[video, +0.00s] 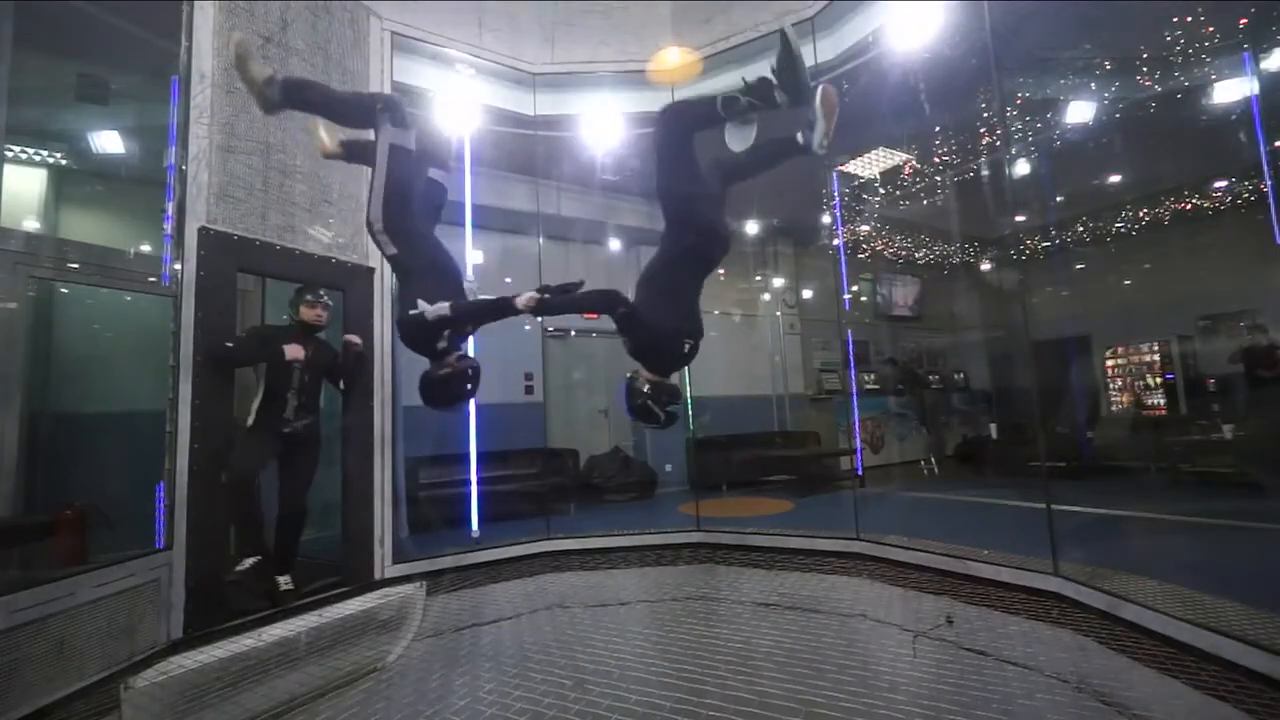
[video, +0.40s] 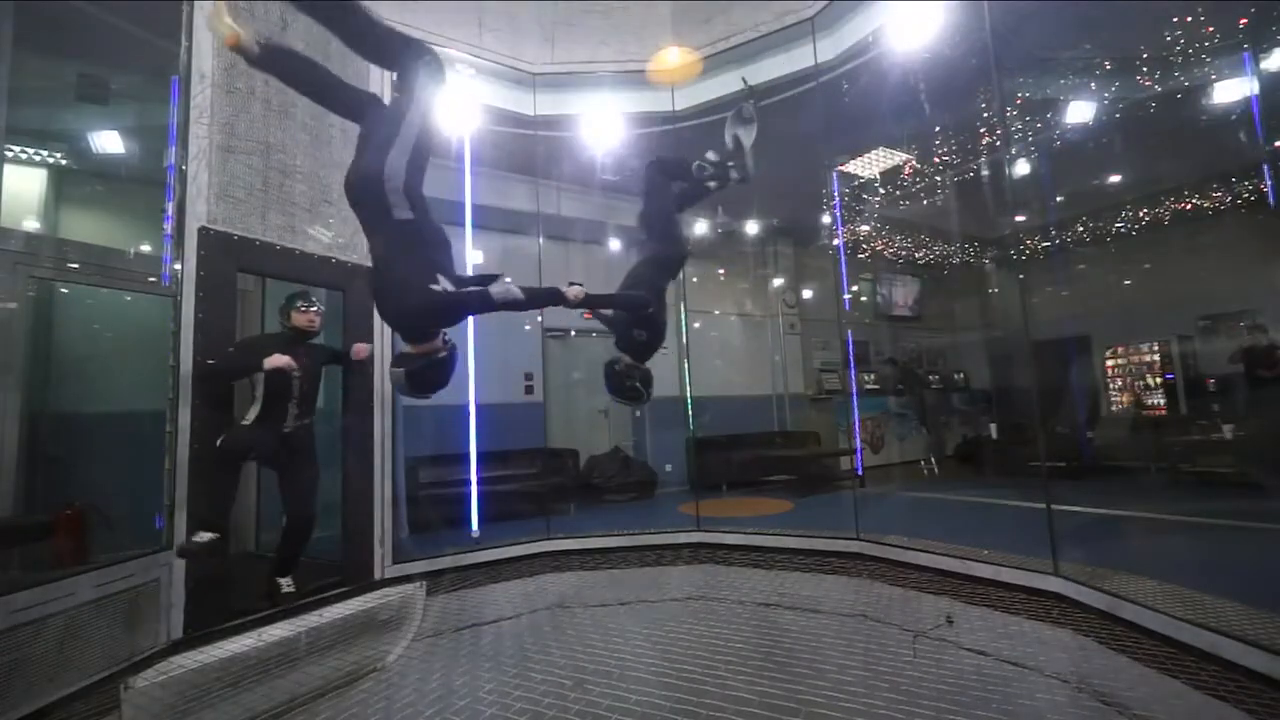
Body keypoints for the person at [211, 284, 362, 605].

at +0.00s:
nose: (319, 312)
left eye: (324, 308)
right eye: (312, 306)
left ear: (329, 314)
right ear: (296, 308)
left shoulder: (325, 351)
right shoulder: (268, 335)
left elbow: (348, 386)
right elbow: (229, 352)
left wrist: (354, 355)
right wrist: (278, 351)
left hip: (303, 436)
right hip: (265, 431)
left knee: (294, 502)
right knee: (240, 478)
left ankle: (283, 571)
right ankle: (252, 552)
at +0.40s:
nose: (314, 315)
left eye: (318, 310)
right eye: (306, 310)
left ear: (321, 318)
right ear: (288, 315)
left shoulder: (318, 352)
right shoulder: (262, 345)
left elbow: (340, 357)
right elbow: (218, 371)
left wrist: (357, 355)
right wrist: (262, 363)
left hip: (298, 440)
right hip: (259, 434)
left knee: (303, 516)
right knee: (226, 452)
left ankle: (282, 575)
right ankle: (211, 529)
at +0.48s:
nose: (310, 317)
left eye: (314, 313)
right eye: (301, 312)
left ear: (320, 322)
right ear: (284, 320)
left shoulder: (317, 355)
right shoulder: (262, 347)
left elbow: (335, 357)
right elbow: (209, 365)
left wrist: (352, 361)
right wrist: (252, 363)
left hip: (295, 446)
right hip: (256, 438)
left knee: (301, 517)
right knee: (216, 445)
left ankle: (281, 577)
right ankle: (191, 518)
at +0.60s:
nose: (305, 312)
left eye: (310, 309)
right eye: (297, 306)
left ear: (314, 321)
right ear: (280, 313)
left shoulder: (312, 352)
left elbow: (329, 356)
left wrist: (341, 356)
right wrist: (218, 349)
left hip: (282, 440)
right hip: (243, 431)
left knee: (288, 516)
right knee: (204, 426)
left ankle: (279, 575)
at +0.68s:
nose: (299, 306)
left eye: (305, 304)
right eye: (291, 301)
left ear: (309, 318)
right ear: (275, 308)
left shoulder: (309, 349)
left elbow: (364, 356)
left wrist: (338, 350)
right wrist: (182, 349)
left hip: (265, 434)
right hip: (222, 419)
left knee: (270, 518)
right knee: (194, 418)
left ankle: (265, 553)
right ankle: (124, 466)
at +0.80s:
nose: (287, 305)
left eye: (294, 304)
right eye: (280, 300)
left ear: (300, 318)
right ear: (263, 307)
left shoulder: (301, 350)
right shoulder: (231, 331)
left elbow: (363, 360)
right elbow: (180, 352)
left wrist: (333, 348)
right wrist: (175, 355)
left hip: (239, 440)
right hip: (199, 423)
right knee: (168, 385)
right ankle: (91, 442)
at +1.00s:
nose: (277, 321)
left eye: (286, 322)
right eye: (274, 317)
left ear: (293, 335)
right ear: (263, 324)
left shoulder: (285, 368)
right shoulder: (235, 350)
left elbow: (347, 366)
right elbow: (194, 370)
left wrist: (306, 330)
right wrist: (183, 356)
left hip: (182, 423)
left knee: (162, 337)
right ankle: (9, 325)